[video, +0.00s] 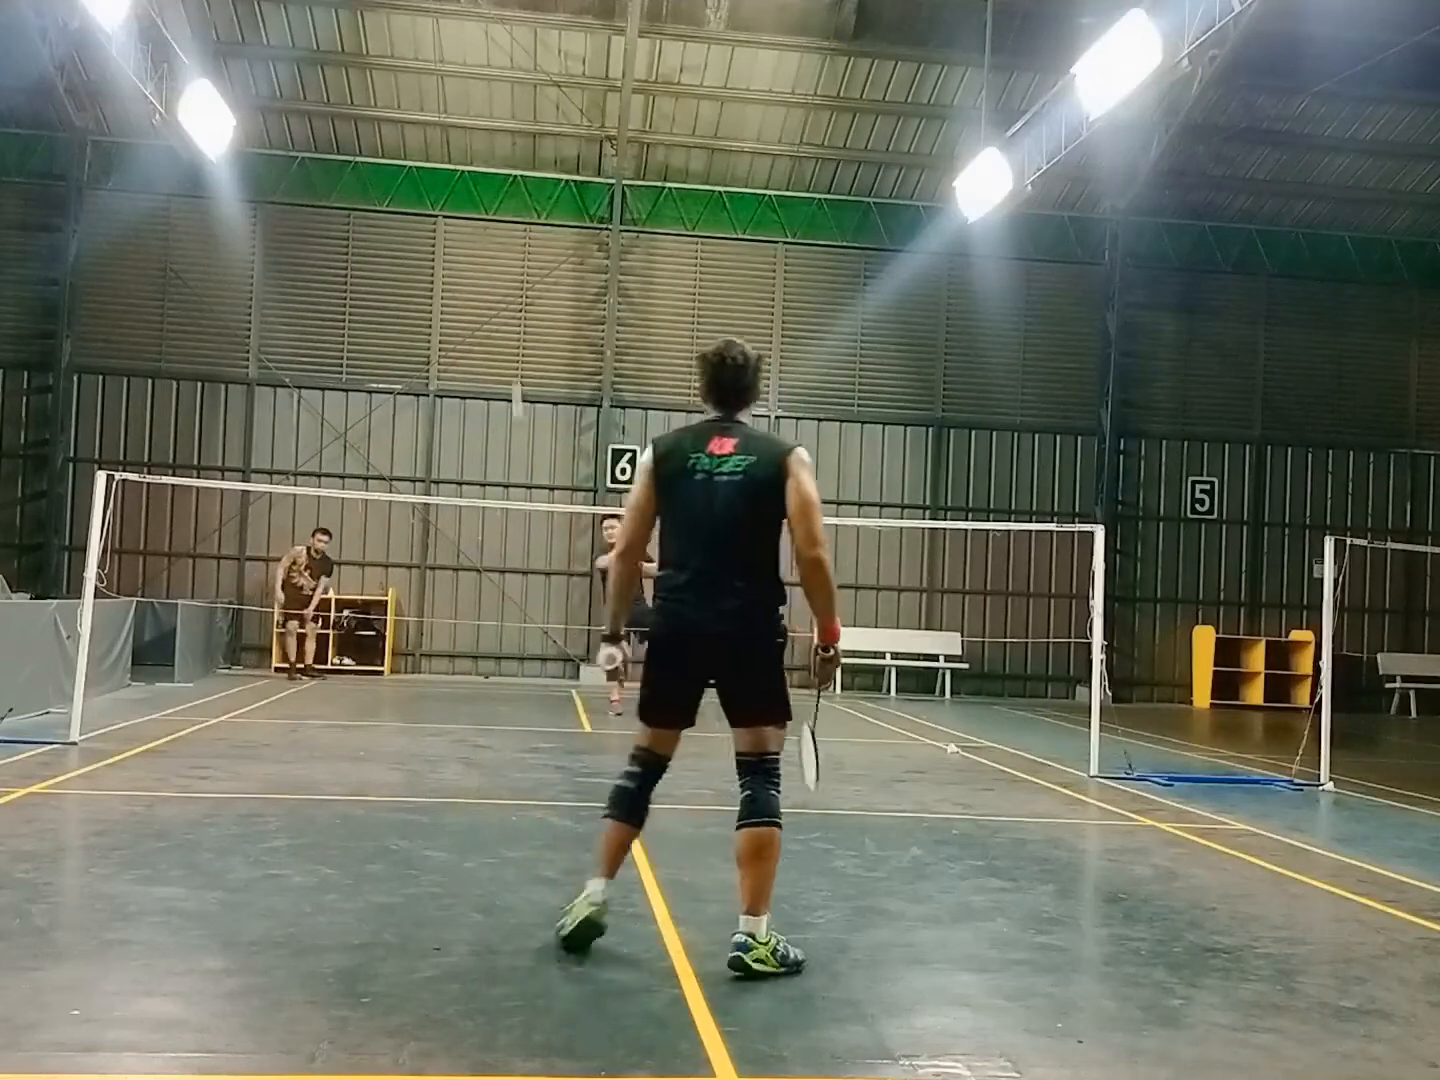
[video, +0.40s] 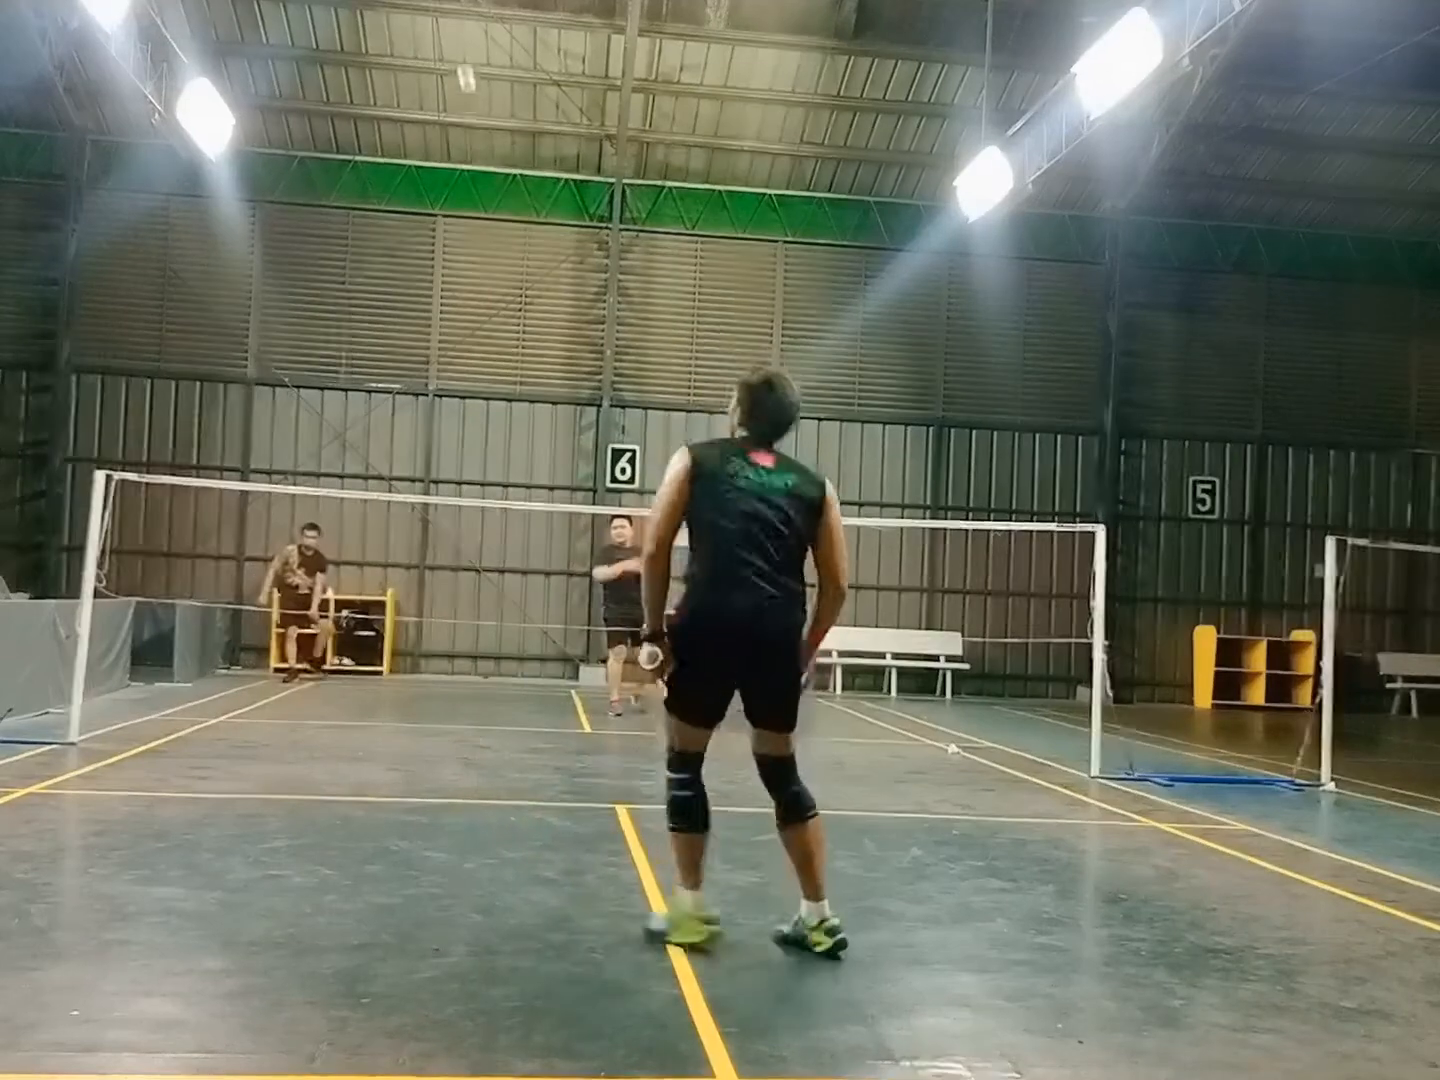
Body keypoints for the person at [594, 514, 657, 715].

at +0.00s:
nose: (609, 532)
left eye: (613, 528)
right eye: (605, 529)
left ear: (623, 530)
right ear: (602, 533)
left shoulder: (635, 552)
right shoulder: (602, 559)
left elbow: (654, 569)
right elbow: (602, 563)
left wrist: (631, 561)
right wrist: (623, 554)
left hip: (637, 604)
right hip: (615, 606)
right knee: (612, 648)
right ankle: (614, 693)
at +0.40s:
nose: (619, 531)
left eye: (623, 527)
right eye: (615, 528)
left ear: (631, 529)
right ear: (610, 531)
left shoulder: (639, 552)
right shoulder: (605, 552)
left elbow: (650, 572)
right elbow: (597, 574)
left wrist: (637, 566)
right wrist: (622, 566)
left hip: (639, 607)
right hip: (614, 608)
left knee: (640, 652)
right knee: (617, 652)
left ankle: (637, 691)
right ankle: (615, 697)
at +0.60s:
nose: (624, 531)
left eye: (628, 527)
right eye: (620, 527)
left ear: (636, 530)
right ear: (614, 531)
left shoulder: (644, 554)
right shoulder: (606, 554)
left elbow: (658, 578)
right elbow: (592, 580)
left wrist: (646, 579)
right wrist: (604, 600)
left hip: (636, 613)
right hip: (614, 612)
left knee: (635, 657)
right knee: (612, 656)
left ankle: (634, 697)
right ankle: (609, 696)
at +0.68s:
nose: (621, 530)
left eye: (625, 526)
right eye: (617, 526)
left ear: (633, 529)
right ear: (612, 529)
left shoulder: (642, 553)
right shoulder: (602, 553)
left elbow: (654, 577)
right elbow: (589, 577)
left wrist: (643, 578)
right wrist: (594, 600)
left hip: (632, 612)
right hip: (607, 611)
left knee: (632, 655)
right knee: (601, 655)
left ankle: (633, 697)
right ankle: (596, 697)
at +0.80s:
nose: (616, 531)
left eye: (620, 527)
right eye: (612, 527)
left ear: (627, 531)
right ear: (605, 530)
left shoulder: (635, 553)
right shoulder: (598, 554)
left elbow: (650, 578)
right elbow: (587, 578)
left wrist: (638, 581)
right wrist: (587, 600)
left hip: (626, 609)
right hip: (601, 609)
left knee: (629, 654)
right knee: (591, 652)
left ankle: (634, 693)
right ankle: (583, 692)